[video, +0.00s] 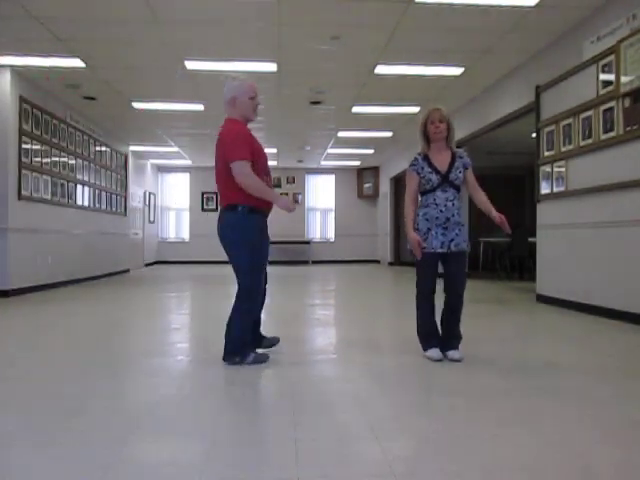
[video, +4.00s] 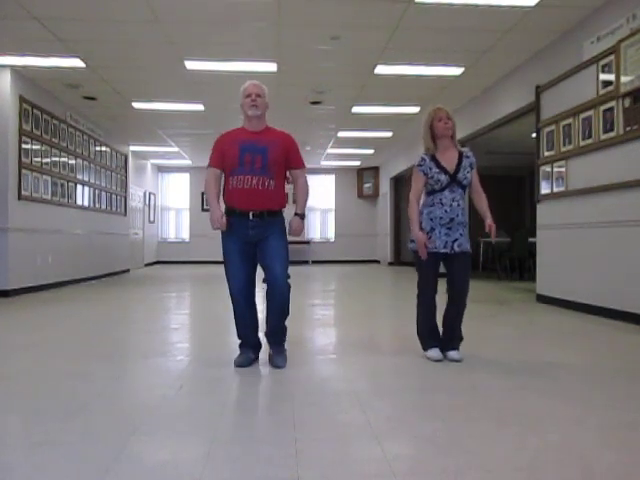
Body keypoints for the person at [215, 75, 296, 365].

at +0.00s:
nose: (258, 104)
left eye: (257, 98)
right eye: (253, 98)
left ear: (238, 102)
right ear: (235, 102)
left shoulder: (241, 132)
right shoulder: (234, 132)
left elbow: (250, 177)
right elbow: (242, 176)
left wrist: (278, 196)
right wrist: (276, 197)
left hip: (250, 217)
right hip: (240, 218)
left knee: (256, 283)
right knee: (250, 285)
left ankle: (251, 336)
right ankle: (236, 351)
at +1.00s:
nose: (297, 103)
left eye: (303, 98)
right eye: (292, 99)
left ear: (311, 102)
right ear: (285, 104)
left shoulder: (326, 138)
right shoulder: (272, 142)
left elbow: (337, 174)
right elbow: (263, 180)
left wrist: (323, 205)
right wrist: (260, 214)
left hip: (314, 222)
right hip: (280, 223)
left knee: (316, 288)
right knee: (280, 288)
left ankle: (313, 345)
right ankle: (287, 348)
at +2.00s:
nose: (268, 101)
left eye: (274, 97)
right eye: (263, 97)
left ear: (282, 102)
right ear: (255, 103)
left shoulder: (298, 141)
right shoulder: (240, 140)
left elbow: (310, 180)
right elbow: (225, 177)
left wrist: (311, 213)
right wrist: (226, 209)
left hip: (287, 223)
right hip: (250, 222)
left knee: (290, 288)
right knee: (253, 289)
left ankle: (285, 345)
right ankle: (260, 347)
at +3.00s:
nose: (282, 96)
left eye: (287, 93)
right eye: (276, 93)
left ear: (295, 102)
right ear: (267, 102)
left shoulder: (311, 137)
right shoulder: (254, 141)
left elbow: (322, 175)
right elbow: (243, 182)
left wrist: (316, 202)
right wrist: (243, 216)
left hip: (304, 220)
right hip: (269, 220)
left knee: (303, 287)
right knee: (268, 285)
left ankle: (298, 346)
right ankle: (275, 347)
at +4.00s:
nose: (254, 99)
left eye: (259, 95)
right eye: (248, 95)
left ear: (267, 103)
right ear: (240, 104)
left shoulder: (284, 140)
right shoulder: (225, 140)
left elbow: (299, 178)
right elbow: (212, 177)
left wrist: (299, 214)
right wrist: (214, 208)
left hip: (272, 221)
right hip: (235, 221)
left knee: (279, 280)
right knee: (239, 288)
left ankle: (277, 343)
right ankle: (248, 346)